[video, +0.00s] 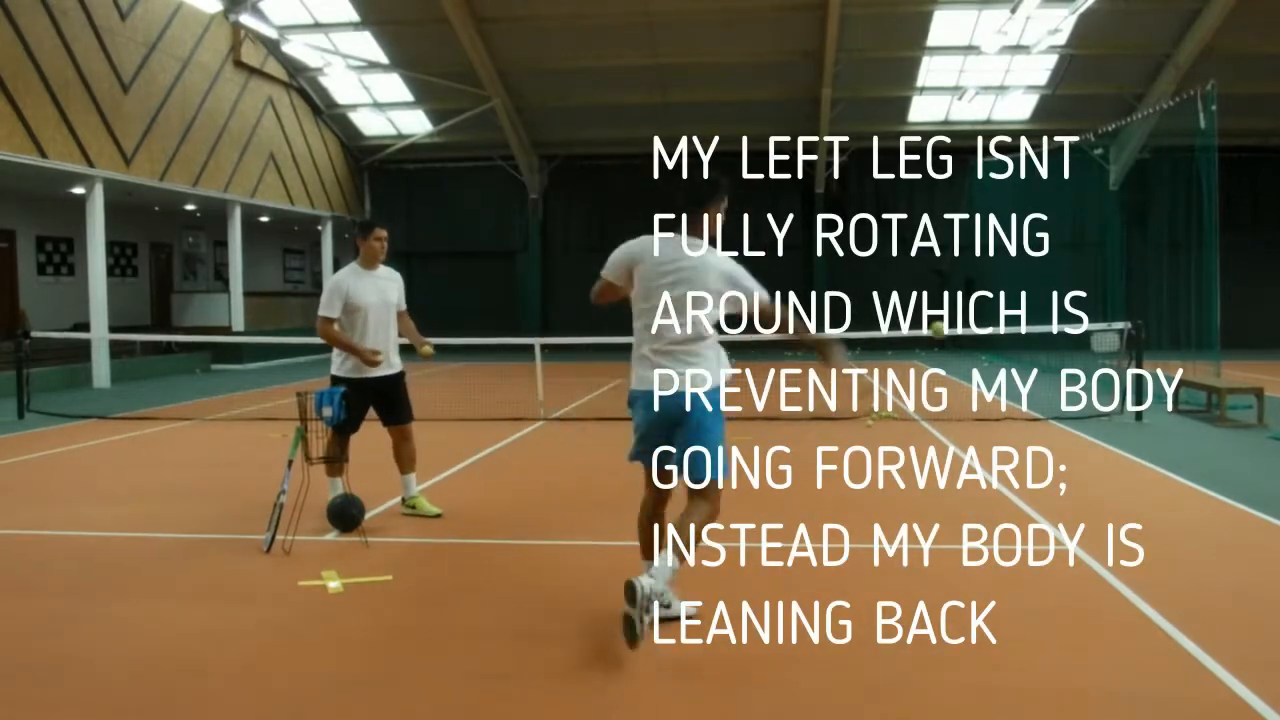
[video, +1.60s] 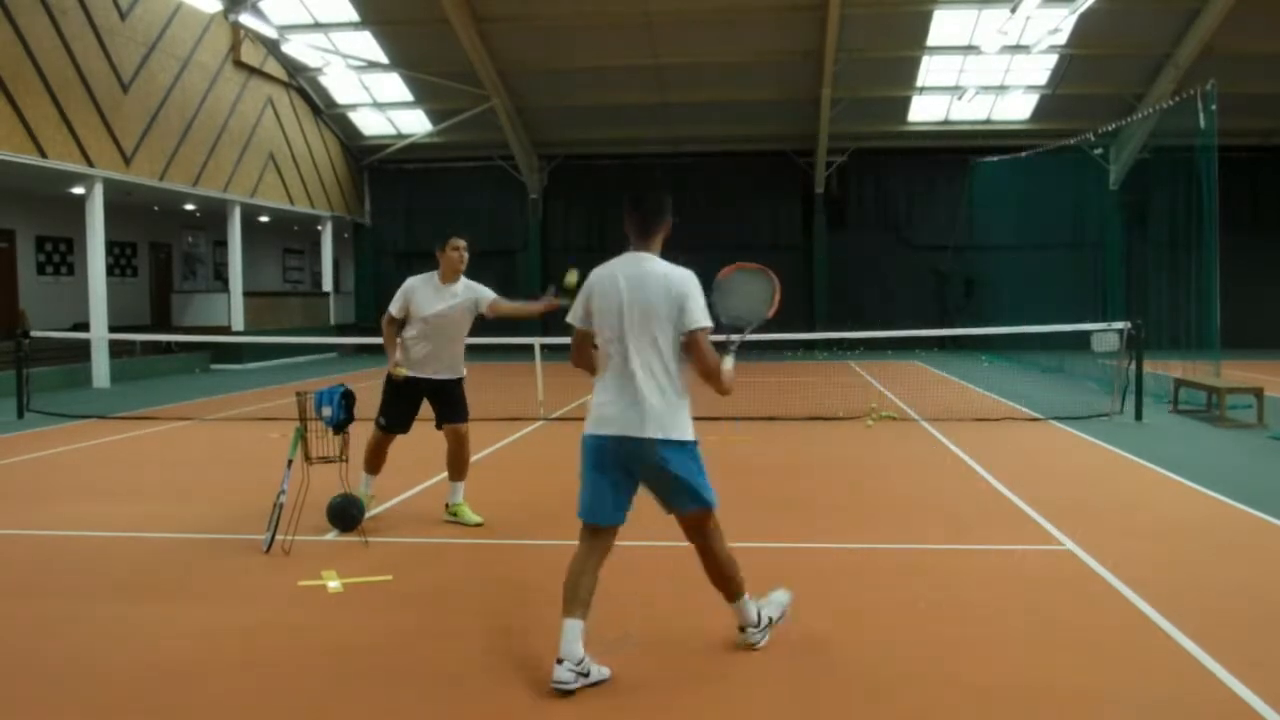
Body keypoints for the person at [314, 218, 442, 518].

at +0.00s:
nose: (383, 245)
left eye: (386, 240)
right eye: (378, 240)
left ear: (387, 244)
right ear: (360, 243)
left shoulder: (393, 278)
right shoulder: (341, 281)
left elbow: (401, 316)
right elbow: (324, 328)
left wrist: (418, 341)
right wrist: (359, 351)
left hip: (389, 373)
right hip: (351, 376)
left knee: (403, 432)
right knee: (340, 436)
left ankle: (411, 495)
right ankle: (337, 497)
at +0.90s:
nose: (408, 252)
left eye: (408, 247)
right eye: (403, 247)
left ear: (395, 250)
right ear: (384, 249)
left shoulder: (404, 284)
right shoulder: (355, 284)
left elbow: (419, 322)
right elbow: (332, 330)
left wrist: (460, 336)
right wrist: (365, 359)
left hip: (400, 377)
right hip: (361, 381)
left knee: (423, 430)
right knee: (348, 441)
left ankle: (446, 496)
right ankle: (337, 497)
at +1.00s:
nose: (420, 257)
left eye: (422, 252)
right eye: (414, 252)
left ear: (421, 256)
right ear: (396, 254)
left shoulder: (423, 291)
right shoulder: (369, 288)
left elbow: (438, 331)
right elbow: (343, 330)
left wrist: (475, 356)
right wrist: (369, 361)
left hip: (408, 382)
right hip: (367, 383)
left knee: (430, 436)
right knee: (350, 442)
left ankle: (451, 501)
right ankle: (337, 497)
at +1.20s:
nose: (454, 266)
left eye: (457, 260)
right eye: (447, 260)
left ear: (460, 265)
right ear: (431, 262)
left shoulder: (461, 304)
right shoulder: (401, 291)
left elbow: (463, 352)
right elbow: (372, 325)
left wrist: (473, 399)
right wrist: (386, 364)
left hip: (431, 380)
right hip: (390, 379)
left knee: (452, 433)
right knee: (364, 437)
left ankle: (455, 503)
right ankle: (340, 490)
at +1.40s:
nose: (467, 260)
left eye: (469, 255)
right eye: (460, 254)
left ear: (472, 260)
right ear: (444, 257)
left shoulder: (475, 301)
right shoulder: (415, 286)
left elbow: (483, 347)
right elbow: (389, 322)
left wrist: (492, 392)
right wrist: (403, 358)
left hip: (445, 376)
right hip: (404, 374)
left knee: (459, 433)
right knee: (380, 434)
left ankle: (456, 503)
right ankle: (359, 495)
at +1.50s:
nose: (465, 257)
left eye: (468, 252)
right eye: (459, 251)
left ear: (471, 259)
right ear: (444, 256)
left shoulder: (475, 296)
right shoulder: (415, 286)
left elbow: (496, 329)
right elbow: (390, 323)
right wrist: (400, 354)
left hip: (448, 376)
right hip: (407, 373)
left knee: (459, 433)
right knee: (386, 434)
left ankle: (456, 503)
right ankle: (367, 494)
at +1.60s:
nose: (462, 255)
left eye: (465, 250)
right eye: (456, 249)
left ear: (468, 257)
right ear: (440, 255)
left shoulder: (473, 291)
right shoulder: (414, 286)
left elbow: (500, 307)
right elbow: (390, 321)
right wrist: (393, 360)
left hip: (448, 378)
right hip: (407, 374)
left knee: (459, 434)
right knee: (382, 436)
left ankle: (456, 503)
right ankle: (365, 493)